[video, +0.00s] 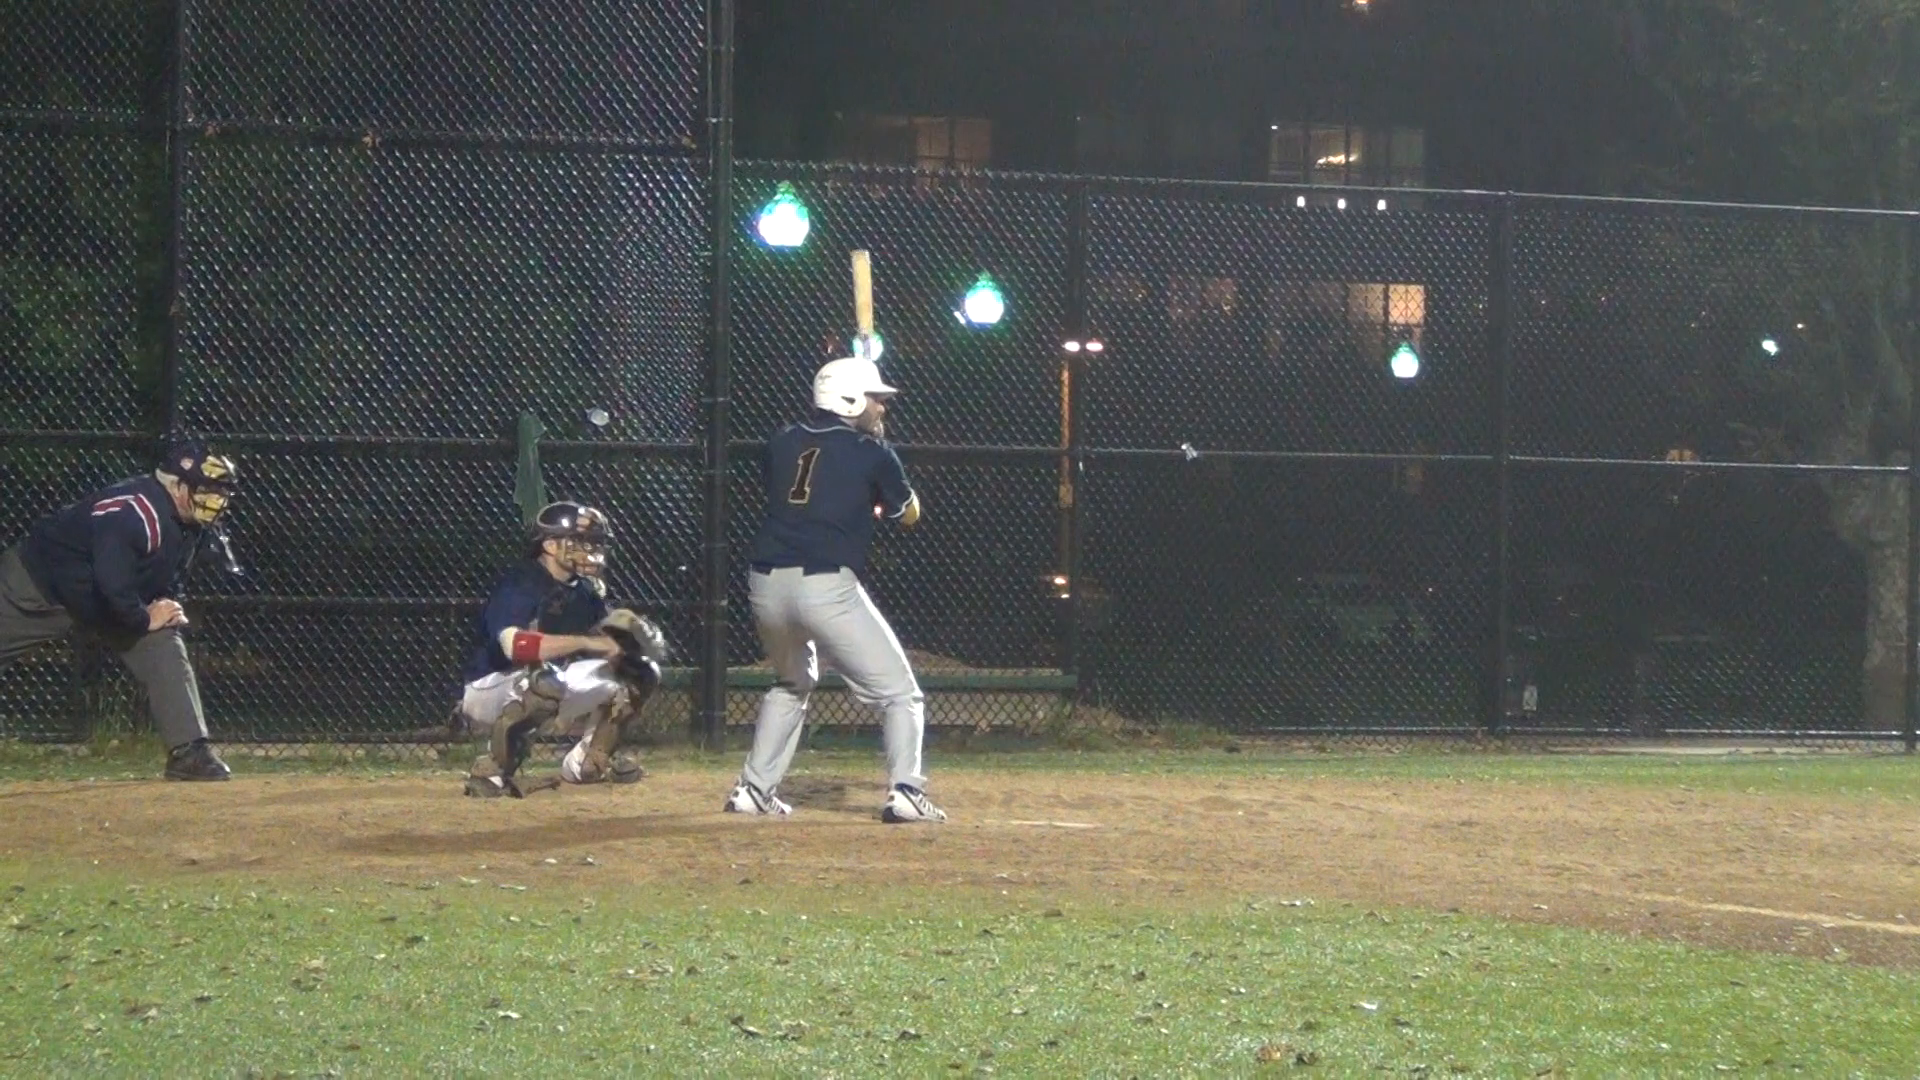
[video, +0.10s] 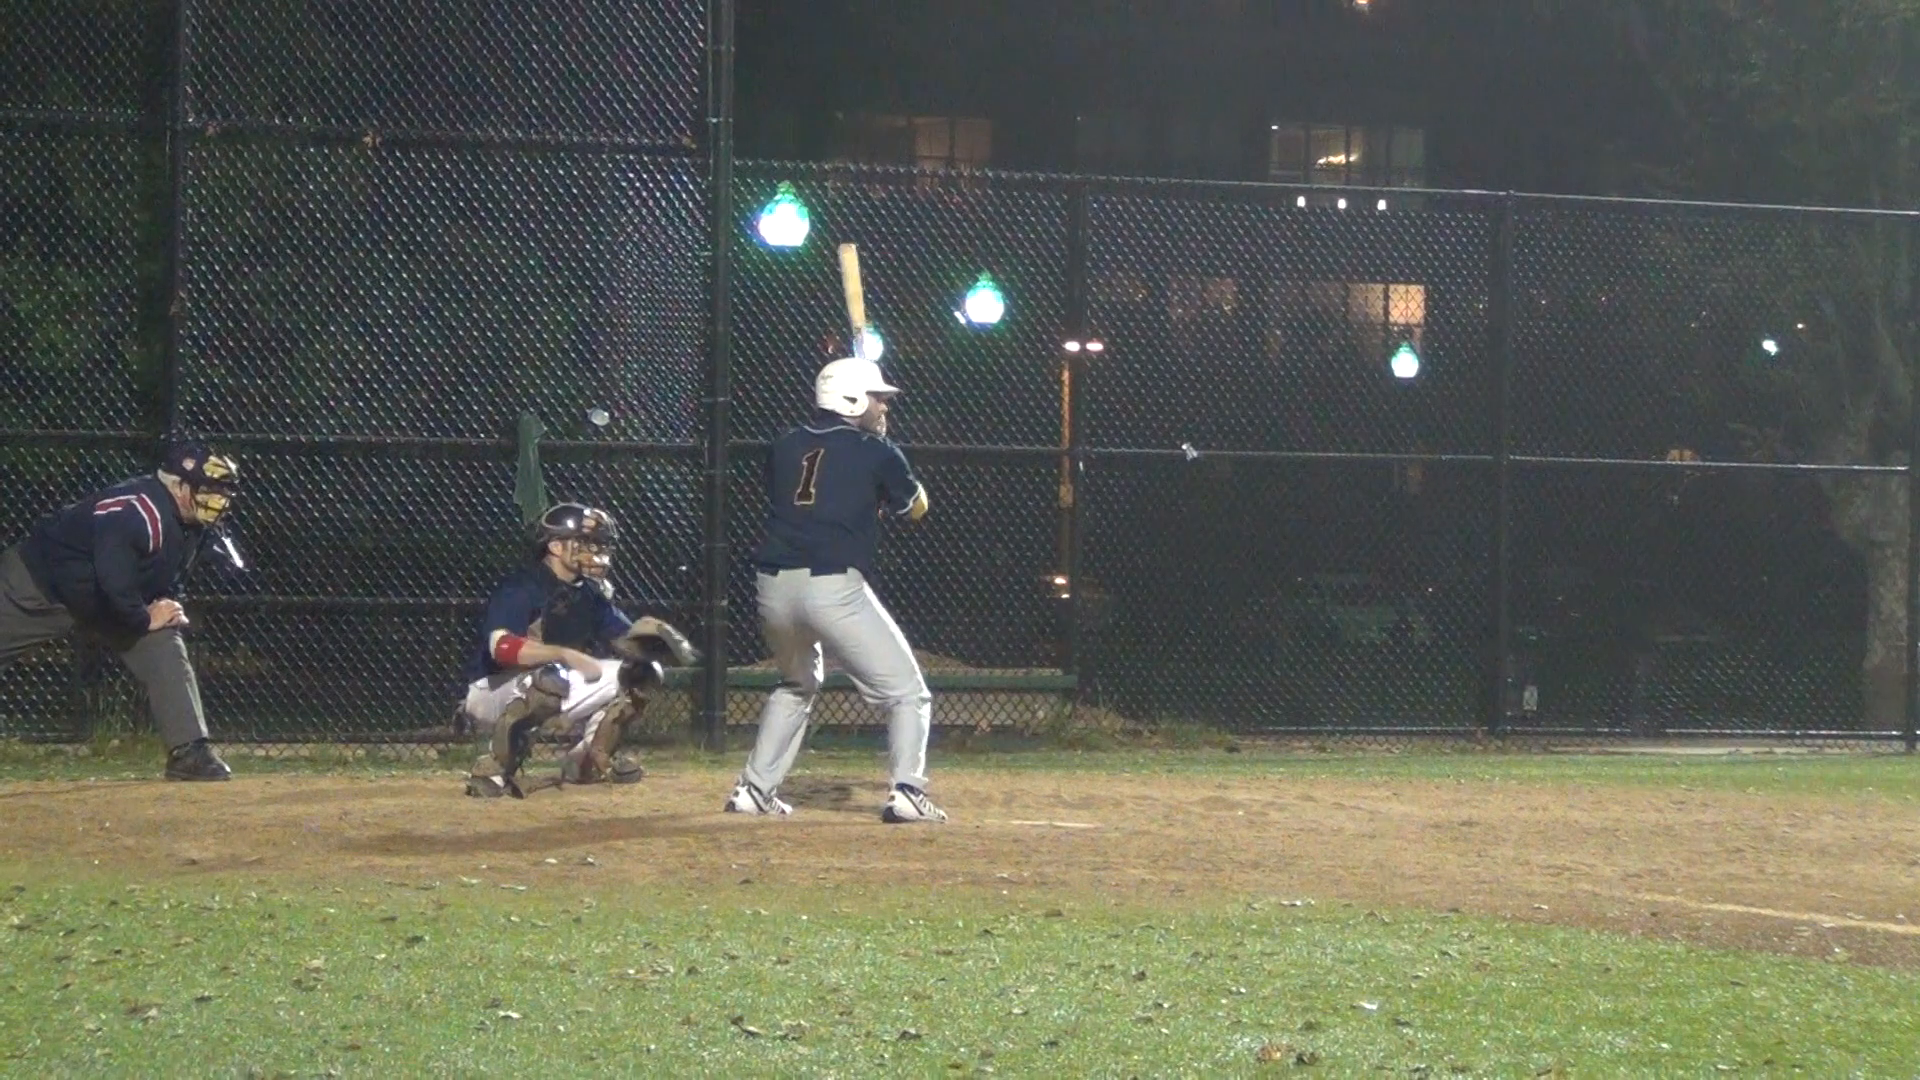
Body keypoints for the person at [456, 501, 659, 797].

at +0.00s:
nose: (590, 550)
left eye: (592, 543)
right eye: (580, 543)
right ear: (551, 546)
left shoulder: (587, 589)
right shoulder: (519, 584)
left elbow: (601, 634)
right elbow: (514, 646)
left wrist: (634, 638)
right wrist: (587, 643)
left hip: (554, 682)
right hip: (488, 690)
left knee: (638, 675)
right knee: (544, 682)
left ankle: (586, 764)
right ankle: (491, 773)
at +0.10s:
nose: (594, 552)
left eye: (596, 544)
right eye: (585, 544)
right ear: (555, 547)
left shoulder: (589, 593)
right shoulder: (521, 585)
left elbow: (627, 639)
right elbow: (502, 649)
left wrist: (657, 642)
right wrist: (563, 654)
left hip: (559, 686)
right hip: (492, 690)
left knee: (639, 674)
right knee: (551, 681)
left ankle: (589, 762)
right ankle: (492, 772)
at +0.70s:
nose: (614, 559)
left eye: (615, 552)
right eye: (605, 551)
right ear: (574, 554)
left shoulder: (607, 600)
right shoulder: (535, 592)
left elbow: (647, 650)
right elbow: (482, 661)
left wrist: (692, 659)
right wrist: (481, 733)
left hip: (562, 694)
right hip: (500, 696)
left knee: (644, 682)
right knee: (557, 684)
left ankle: (589, 765)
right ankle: (496, 772)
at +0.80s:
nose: (614, 559)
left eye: (616, 552)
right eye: (606, 551)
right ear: (576, 553)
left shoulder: (607, 600)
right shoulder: (538, 592)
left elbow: (646, 649)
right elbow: (485, 662)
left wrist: (688, 660)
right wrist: (486, 735)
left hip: (563, 692)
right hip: (503, 695)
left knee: (645, 683)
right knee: (558, 684)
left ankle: (590, 765)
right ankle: (495, 770)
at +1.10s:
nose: (617, 555)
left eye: (620, 548)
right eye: (608, 548)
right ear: (583, 552)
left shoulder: (614, 604)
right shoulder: (544, 591)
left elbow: (644, 657)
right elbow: (492, 657)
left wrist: (683, 667)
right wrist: (491, 726)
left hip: (571, 691)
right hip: (510, 690)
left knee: (647, 687)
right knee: (563, 686)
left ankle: (591, 763)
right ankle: (496, 767)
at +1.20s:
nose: (621, 556)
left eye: (623, 549)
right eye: (611, 548)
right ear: (585, 552)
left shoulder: (616, 604)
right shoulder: (549, 591)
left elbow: (647, 658)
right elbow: (493, 656)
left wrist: (685, 666)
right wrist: (492, 725)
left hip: (571, 691)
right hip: (511, 691)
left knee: (649, 689)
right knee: (563, 686)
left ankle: (592, 764)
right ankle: (496, 768)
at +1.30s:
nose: (624, 560)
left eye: (626, 553)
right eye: (614, 552)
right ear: (587, 555)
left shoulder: (618, 606)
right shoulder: (547, 594)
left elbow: (655, 659)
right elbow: (493, 659)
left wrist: (683, 654)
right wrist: (491, 727)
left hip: (573, 693)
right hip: (511, 692)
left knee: (650, 690)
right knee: (565, 685)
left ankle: (592, 763)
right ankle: (497, 767)